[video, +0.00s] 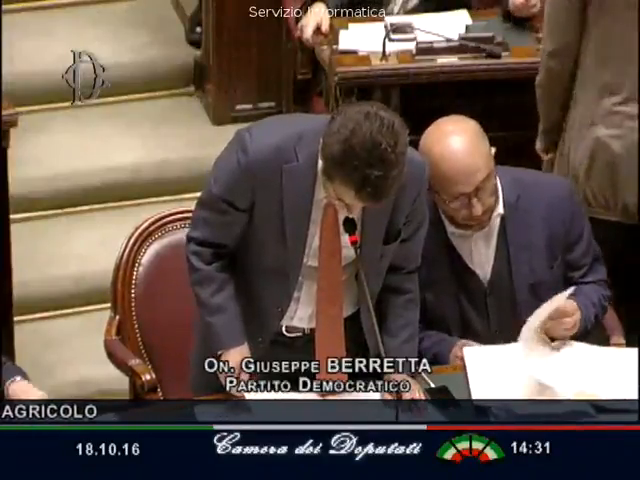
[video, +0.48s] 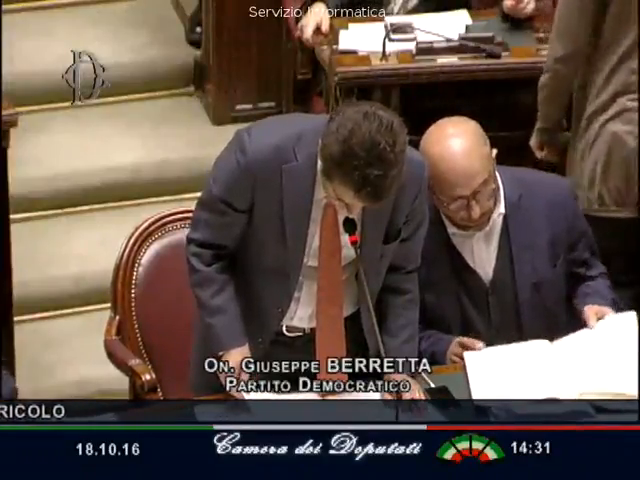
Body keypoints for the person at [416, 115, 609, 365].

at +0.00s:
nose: (476, 208)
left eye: (482, 188)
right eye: (458, 199)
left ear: (492, 158)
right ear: (430, 187)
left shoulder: (553, 198)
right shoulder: (408, 224)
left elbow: (594, 282)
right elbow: (401, 326)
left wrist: (578, 310)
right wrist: (448, 350)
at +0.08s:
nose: (473, 210)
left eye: (480, 191)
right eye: (455, 200)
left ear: (493, 161)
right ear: (428, 188)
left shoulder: (553, 198)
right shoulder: (408, 224)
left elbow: (594, 279)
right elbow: (396, 326)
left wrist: (583, 312)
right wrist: (446, 350)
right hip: (461, 382)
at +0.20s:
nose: (471, 212)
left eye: (481, 192)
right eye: (454, 201)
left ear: (493, 159)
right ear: (429, 188)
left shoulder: (552, 198)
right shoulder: (408, 224)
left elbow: (591, 273)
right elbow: (399, 329)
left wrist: (585, 300)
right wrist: (444, 349)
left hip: (554, 374)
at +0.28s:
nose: (472, 211)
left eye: (481, 192)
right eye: (455, 201)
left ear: (493, 161)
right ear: (429, 188)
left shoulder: (552, 197)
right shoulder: (407, 224)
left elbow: (588, 268)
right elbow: (396, 326)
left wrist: (590, 301)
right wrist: (444, 349)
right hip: (463, 385)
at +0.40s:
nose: (474, 211)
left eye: (482, 191)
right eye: (456, 201)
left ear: (493, 159)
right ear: (429, 188)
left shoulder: (555, 198)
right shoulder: (407, 223)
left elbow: (588, 269)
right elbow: (397, 326)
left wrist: (593, 302)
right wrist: (444, 349)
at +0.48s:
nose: (475, 211)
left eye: (482, 191)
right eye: (456, 201)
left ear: (493, 159)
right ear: (429, 188)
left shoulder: (553, 198)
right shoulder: (408, 223)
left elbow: (587, 270)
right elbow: (396, 325)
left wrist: (596, 303)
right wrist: (443, 349)